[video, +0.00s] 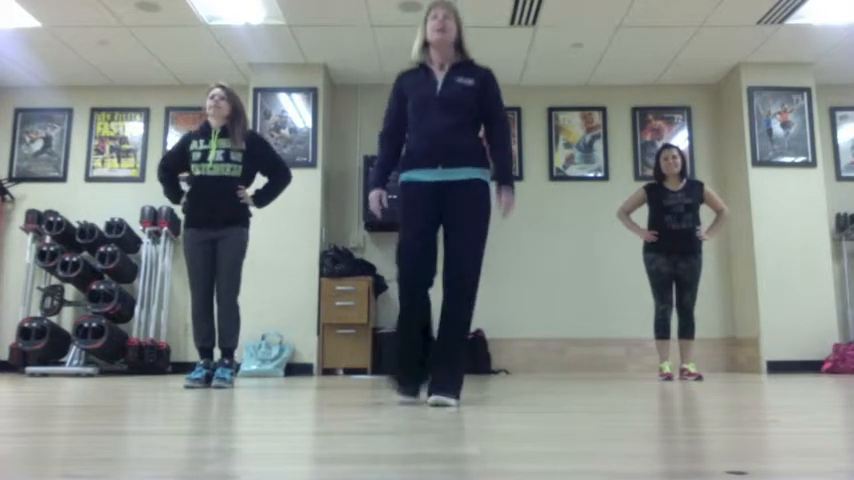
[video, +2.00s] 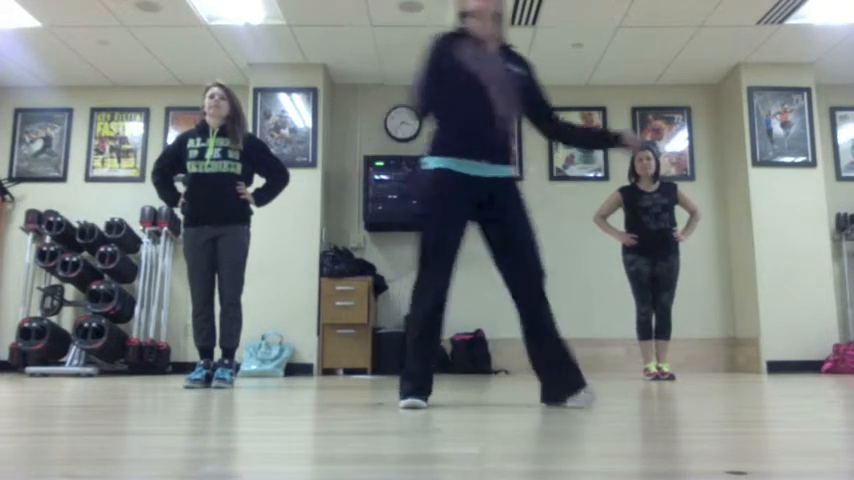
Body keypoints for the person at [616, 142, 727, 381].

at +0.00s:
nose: (671, 162)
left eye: (674, 157)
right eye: (666, 159)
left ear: (682, 161)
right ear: (659, 164)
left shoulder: (696, 188)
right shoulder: (651, 190)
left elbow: (722, 210)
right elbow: (622, 212)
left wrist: (708, 234)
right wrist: (641, 232)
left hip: (689, 253)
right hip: (659, 254)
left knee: (686, 308)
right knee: (663, 307)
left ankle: (686, 363)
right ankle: (664, 363)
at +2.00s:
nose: (644, 163)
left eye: (648, 159)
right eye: (640, 160)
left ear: (656, 163)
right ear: (634, 166)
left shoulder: (670, 190)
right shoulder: (625, 193)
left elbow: (695, 212)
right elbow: (598, 217)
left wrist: (684, 233)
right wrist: (618, 235)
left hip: (667, 253)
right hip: (638, 254)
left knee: (664, 307)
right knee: (644, 308)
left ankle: (662, 362)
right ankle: (649, 363)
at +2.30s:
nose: (646, 163)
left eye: (650, 158)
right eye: (641, 160)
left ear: (657, 162)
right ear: (635, 165)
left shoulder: (670, 189)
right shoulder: (627, 192)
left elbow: (696, 213)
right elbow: (599, 217)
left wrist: (685, 233)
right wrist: (620, 235)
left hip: (667, 253)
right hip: (638, 254)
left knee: (664, 308)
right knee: (645, 309)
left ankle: (662, 363)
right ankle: (649, 364)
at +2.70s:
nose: (655, 158)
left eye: (656, 154)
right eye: (649, 154)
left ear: (659, 161)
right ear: (638, 164)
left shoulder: (671, 190)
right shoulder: (627, 192)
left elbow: (695, 213)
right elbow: (600, 217)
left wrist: (684, 234)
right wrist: (620, 232)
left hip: (667, 253)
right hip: (638, 255)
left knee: (664, 308)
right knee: (645, 308)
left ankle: (663, 363)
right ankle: (649, 364)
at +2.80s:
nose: (649, 161)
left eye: (652, 157)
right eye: (643, 158)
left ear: (659, 162)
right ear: (635, 164)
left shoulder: (671, 190)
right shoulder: (627, 192)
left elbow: (695, 213)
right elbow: (602, 218)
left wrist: (684, 234)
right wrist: (619, 229)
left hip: (666, 252)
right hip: (637, 254)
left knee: (664, 307)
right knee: (645, 308)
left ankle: (663, 363)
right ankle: (649, 364)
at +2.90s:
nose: (645, 161)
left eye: (649, 157)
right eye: (641, 158)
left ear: (657, 162)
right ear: (634, 164)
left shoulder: (670, 190)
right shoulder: (625, 193)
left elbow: (696, 213)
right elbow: (604, 221)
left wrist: (682, 235)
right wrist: (618, 228)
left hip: (664, 253)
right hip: (634, 254)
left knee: (662, 308)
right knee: (640, 306)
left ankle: (662, 362)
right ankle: (640, 357)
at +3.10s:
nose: (639, 164)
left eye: (642, 160)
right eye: (634, 160)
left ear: (650, 165)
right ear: (626, 165)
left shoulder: (659, 193)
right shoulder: (616, 196)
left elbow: (684, 218)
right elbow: (606, 230)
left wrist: (685, 247)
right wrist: (617, 220)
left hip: (659, 255)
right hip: (629, 256)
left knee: (662, 308)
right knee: (628, 309)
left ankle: (662, 364)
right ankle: (616, 364)